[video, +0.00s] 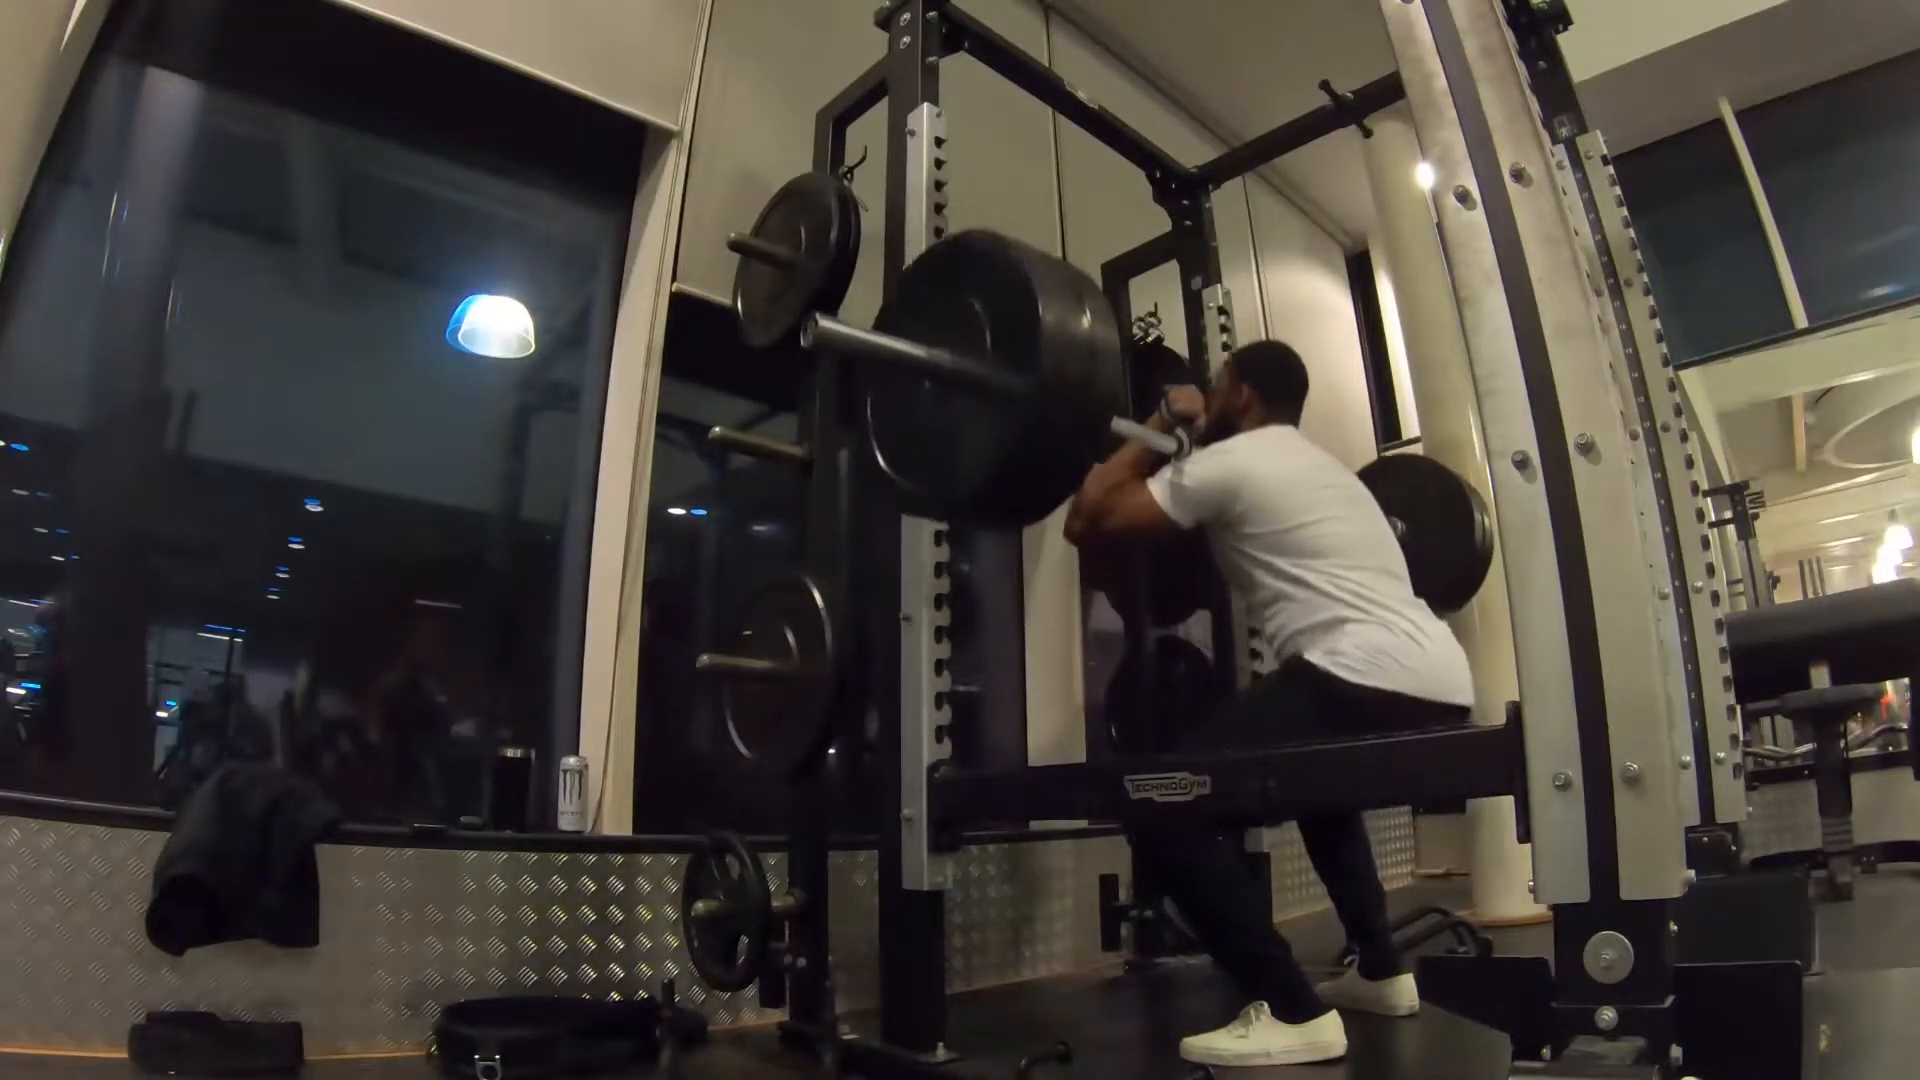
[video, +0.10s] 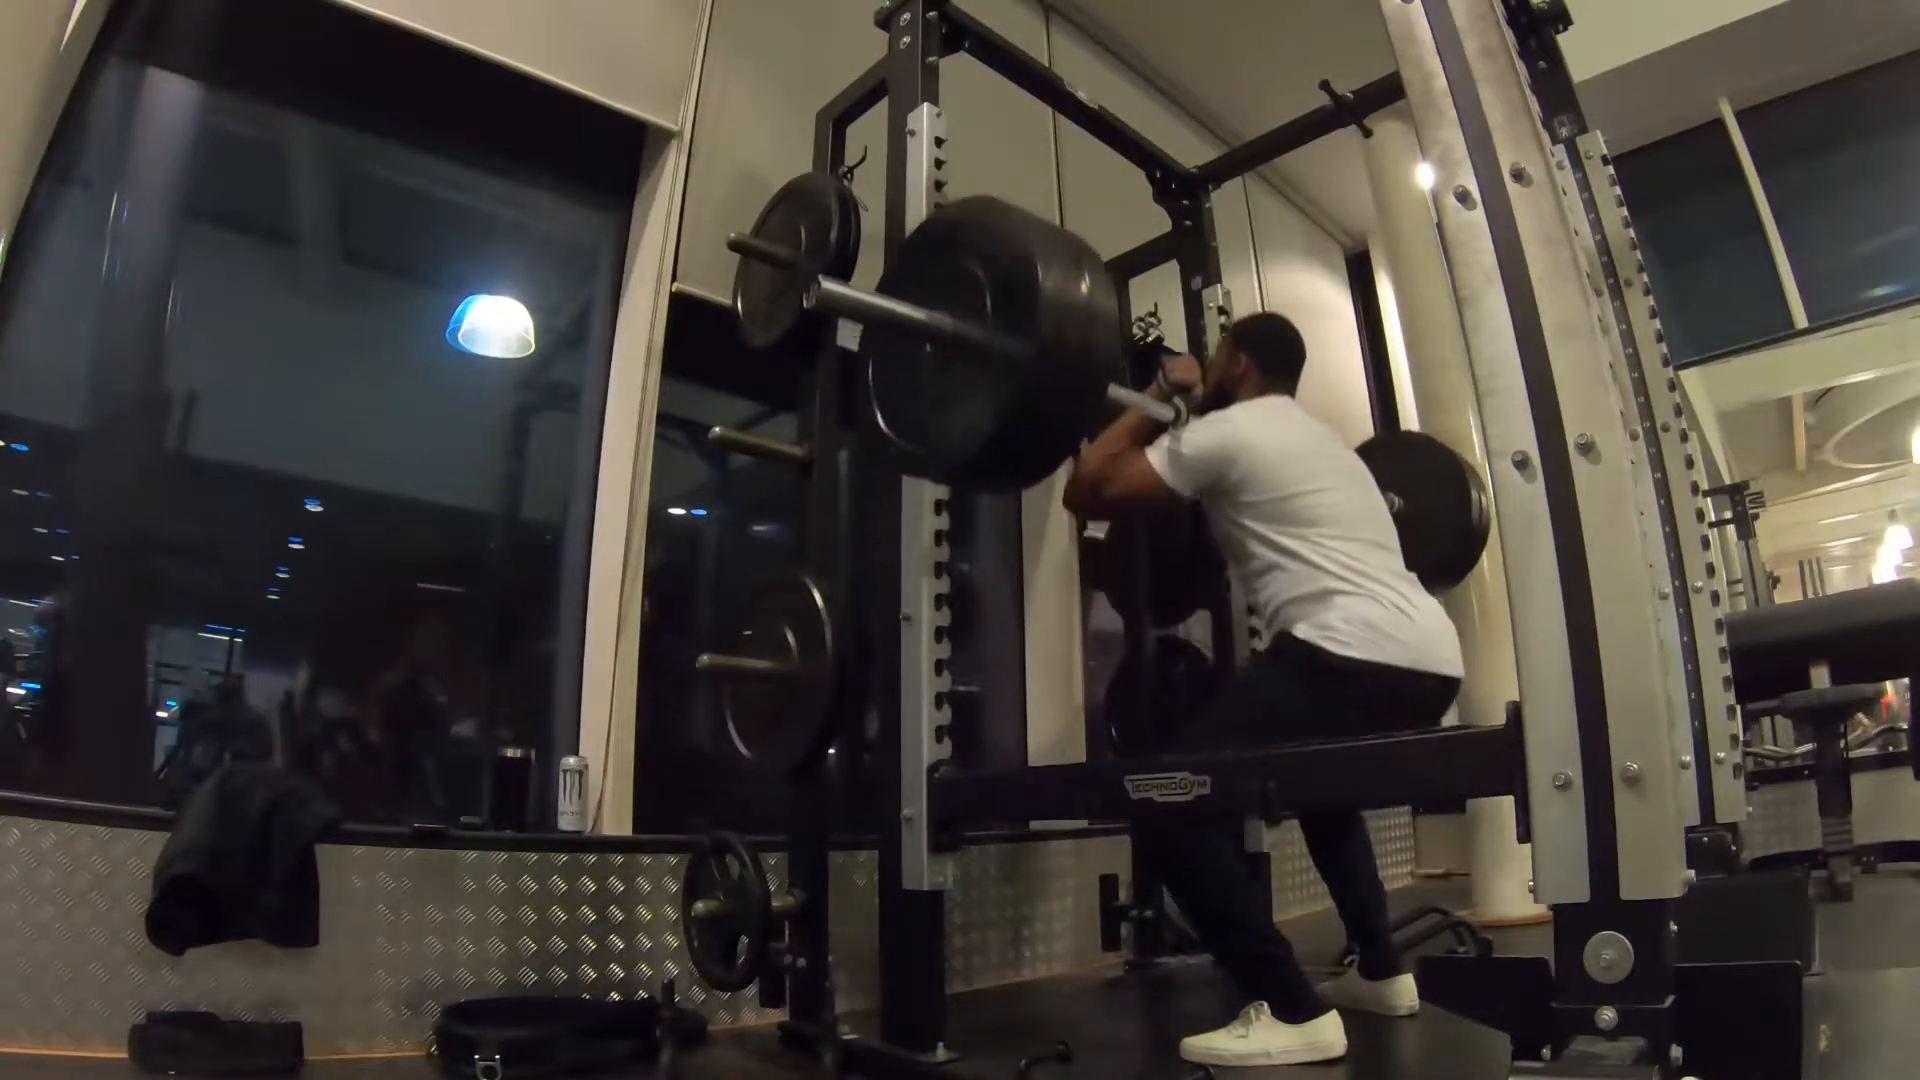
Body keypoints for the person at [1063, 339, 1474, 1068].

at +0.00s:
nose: (1212, 401)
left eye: (1219, 389)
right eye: (1215, 388)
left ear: (1243, 395)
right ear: (1290, 402)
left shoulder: (1232, 464)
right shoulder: (1325, 464)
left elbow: (1089, 514)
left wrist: (1153, 434)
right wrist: (1200, 431)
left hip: (1352, 681)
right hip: (1443, 692)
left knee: (1167, 800)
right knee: (1315, 782)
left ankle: (1291, 1012)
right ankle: (1383, 970)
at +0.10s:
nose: (1210, 371)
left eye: (1217, 358)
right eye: (1214, 358)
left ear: (1238, 364)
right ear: (1288, 374)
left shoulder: (1230, 433)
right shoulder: (1323, 436)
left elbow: (1088, 485)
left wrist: (1148, 407)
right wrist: (1203, 399)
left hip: (1338, 658)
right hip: (1429, 671)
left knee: (1171, 795)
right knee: (1313, 779)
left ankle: (1289, 1010)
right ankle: (1382, 969)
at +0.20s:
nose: (1207, 338)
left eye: (1214, 326)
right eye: (1211, 325)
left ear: (1236, 331)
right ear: (1283, 340)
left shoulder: (1231, 398)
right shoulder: (1314, 406)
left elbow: (1093, 450)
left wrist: (1156, 368)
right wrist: (1191, 375)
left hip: (1327, 632)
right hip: (1412, 640)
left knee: (1181, 789)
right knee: (1319, 778)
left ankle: (1289, 1010)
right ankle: (1383, 970)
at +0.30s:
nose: (1204, 306)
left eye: (1212, 293)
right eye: (1209, 294)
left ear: (1235, 296)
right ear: (1281, 306)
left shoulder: (1227, 364)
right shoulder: (1311, 374)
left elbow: (1091, 407)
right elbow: (1167, 457)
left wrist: (1156, 333)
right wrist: (1166, 350)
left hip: (1310, 596)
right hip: (1398, 599)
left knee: (1192, 785)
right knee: (1325, 773)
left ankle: (1291, 1010)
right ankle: (1383, 970)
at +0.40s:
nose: (1204, 279)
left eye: (1212, 267)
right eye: (1210, 269)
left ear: (1235, 268)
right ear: (1282, 276)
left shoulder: (1222, 330)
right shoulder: (1310, 339)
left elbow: (1083, 370)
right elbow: (1183, 443)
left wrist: (1145, 303)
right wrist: (1185, 305)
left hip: (1295, 566)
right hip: (1383, 568)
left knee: (1219, 777)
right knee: (1333, 765)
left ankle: (1293, 1008)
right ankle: (1384, 969)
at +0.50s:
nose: (1203, 256)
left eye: (1212, 244)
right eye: (1208, 245)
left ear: (1238, 247)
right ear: (1278, 255)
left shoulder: (1218, 310)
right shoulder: (1308, 320)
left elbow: (1082, 346)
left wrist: (1144, 276)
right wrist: (1176, 285)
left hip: (1283, 551)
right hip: (1369, 550)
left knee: (1252, 773)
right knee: (1338, 764)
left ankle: (1296, 1008)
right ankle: (1385, 968)